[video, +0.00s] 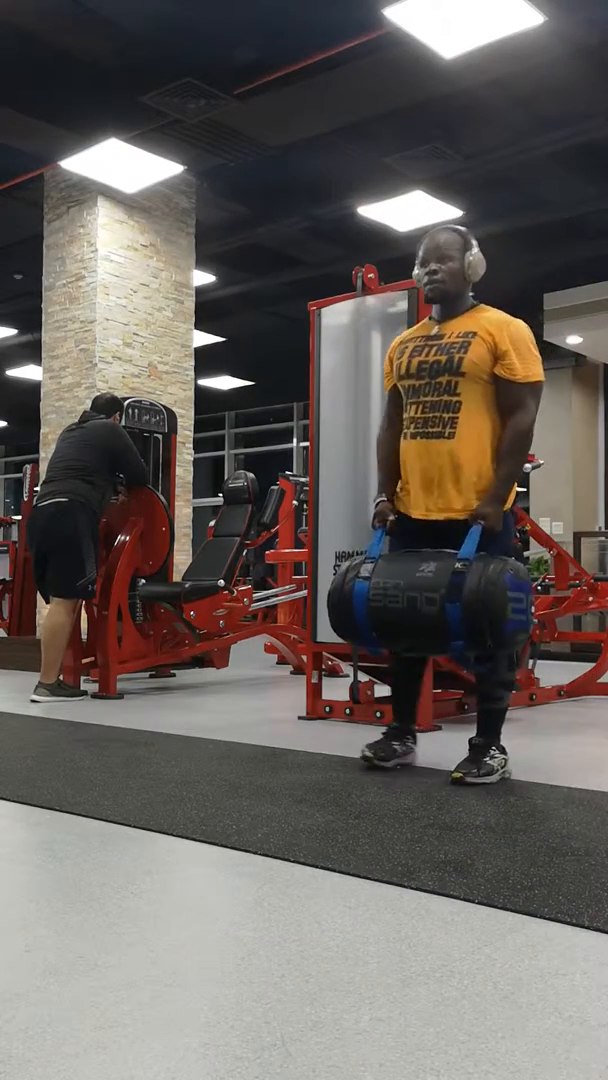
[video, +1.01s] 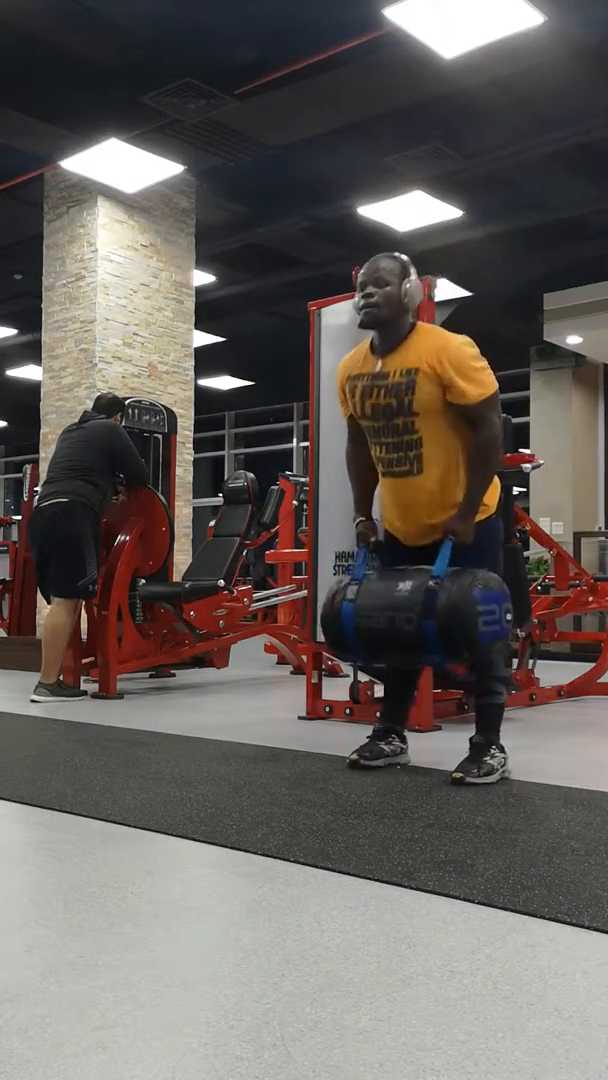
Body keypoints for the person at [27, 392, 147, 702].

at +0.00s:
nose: (121, 424)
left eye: (120, 419)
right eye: (121, 419)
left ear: (91, 413)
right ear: (115, 417)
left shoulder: (69, 431)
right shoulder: (112, 431)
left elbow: (74, 470)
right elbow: (140, 478)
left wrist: (109, 487)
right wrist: (112, 475)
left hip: (41, 512)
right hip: (69, 511)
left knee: (62, 601)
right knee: (63, 601)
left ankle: (52, 679)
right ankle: (48, 682)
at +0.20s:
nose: (121, 424)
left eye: (120, 420)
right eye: (121, 419)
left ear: (91, 413)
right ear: (115, 417)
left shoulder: (69, 431)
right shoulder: (111, 430)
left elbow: (75, 470)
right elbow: (140, 478)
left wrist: (109, 484)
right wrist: (111, 472)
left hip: (41, 512)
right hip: (69, 511)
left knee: (63, 601)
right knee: (63, 601)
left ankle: (52, 679)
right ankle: (48, 682)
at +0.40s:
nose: (121, 424)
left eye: (120, 420)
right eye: (121, 419)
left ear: (92, 412)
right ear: (116, 417)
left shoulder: (69, 431)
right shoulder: (111, 430)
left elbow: (75, 470)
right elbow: (140, 478)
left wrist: (110, 484)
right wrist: (111, 471)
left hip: (42, 512)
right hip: (69, 511)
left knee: (62, 601)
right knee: (64, 601)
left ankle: (52, 679)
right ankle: (48, 682)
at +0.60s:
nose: (121, 424)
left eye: (120, 420)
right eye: (122, 420)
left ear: (92, 412)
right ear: (116, 417)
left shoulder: (69, 431)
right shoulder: (111, 430)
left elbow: (75, 470)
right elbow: (140, 478)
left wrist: (110, 485)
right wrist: (112, 473)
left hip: (42, 512)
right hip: (70, 511)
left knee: (63, 601)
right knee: (64, 601)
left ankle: (52, 679)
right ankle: (48, 682)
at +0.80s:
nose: (121, 424)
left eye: (120, 420)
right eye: (122, 419)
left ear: (92, 412)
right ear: (116, 417)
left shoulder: (69, 431)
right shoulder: (111, 430)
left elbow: (75, 470)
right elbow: (140, 478)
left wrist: (110, 485)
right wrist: (112, 473)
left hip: (42, 513)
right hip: (70, 511)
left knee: (62, 601)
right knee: (65, 601)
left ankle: (52, 679)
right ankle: (48, 682)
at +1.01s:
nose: (121, 424)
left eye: (120, 420)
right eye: (122, 420)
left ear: (93, 412)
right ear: (117, 417)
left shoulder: (69, 431)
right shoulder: (112, 430)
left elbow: (74, 470)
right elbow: (140, 478)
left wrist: (110, 485)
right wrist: (113, 474)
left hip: (42, 513)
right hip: (70, 511)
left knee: (62, 601)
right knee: (65, 601)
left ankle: (52, 679)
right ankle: (48, 682)